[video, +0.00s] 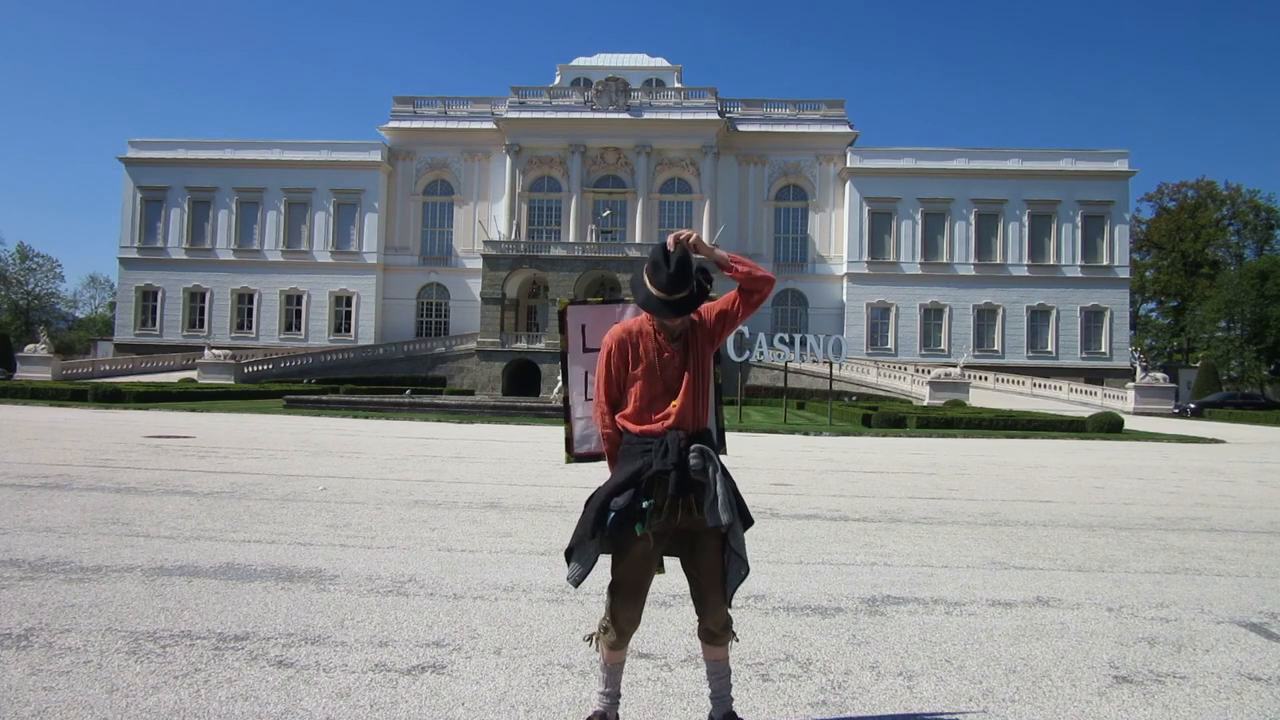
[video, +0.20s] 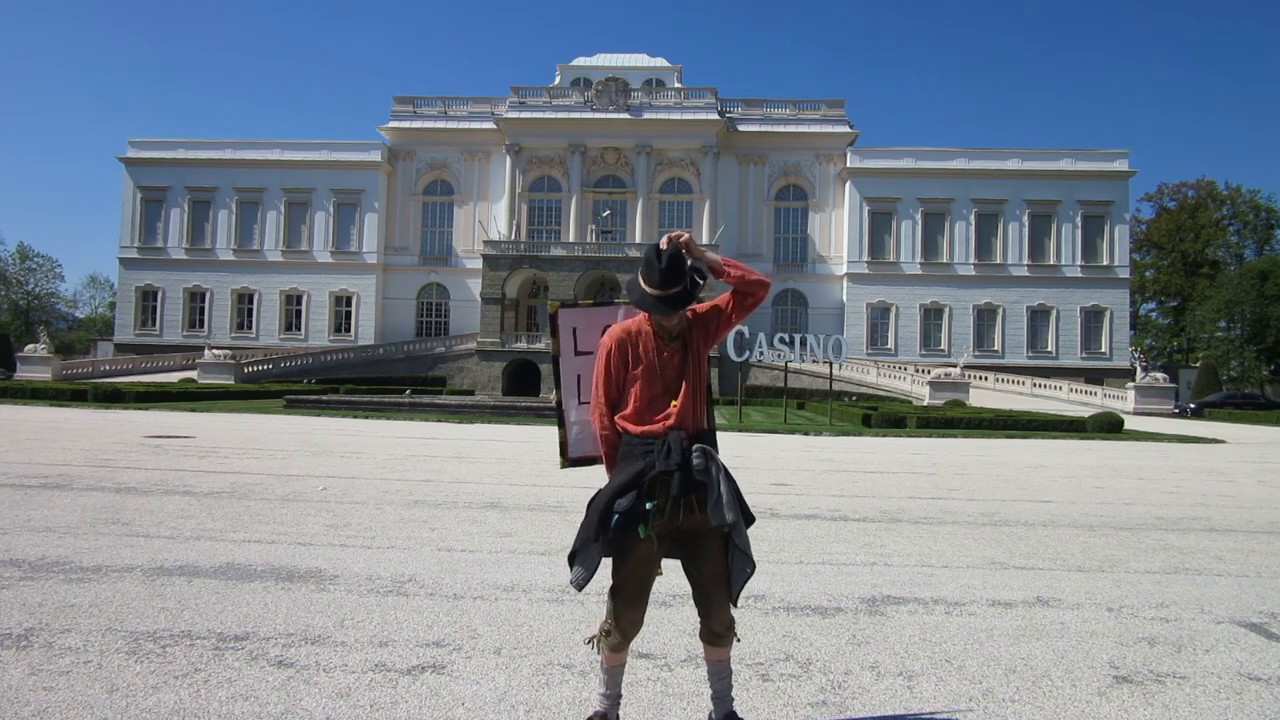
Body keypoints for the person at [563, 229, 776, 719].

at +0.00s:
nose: (673, 322)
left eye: (682, 313)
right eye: (665, 313)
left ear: (695, 300)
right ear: (648, 300)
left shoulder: (708, 326)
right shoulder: (621, 338)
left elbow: (761, 283)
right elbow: (605, 415)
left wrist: (709, 252)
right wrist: (623, 479)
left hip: (700, 481)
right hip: (639, 481)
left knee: (714, 605)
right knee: (624, 607)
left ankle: (722, 708)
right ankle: (607, 703)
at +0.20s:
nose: (672, 317)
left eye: (680, 307)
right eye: (663, 308)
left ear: (690, 297)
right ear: (646, 297)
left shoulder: (704, 325)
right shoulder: (620, 338)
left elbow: (756, 287)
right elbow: (602, 417)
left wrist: (703, 255)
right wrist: (622, 482)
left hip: (699, 477)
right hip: (639, 479)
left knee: (717, 602)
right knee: (626, 607)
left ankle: (722, 706)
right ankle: (608, 702)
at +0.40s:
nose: (668, 306)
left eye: (675, 296)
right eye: (658, 297)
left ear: (686, 294)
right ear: (642, 296)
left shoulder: (699, 329)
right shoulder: (615, 340)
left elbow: (755, 290)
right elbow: (599, 418)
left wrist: (701, 265)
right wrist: (618, 485)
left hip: (698, 482)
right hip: (636, 484)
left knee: (720, 606)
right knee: (624, 611)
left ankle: (724, 706)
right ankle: (609, 702)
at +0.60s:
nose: (662, 306)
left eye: (670, 296)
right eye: (652, 298)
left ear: (682, 296)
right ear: (637, 299)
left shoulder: (697, 334)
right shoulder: (612, 345)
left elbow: (755, 301)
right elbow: (596, 425)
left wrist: (705, 268)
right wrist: (615, 491)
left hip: (695, 486)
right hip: (634, 488)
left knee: (730, 607)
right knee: (622, 613)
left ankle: (726, 708)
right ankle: (609, 704)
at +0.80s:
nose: (665, 308)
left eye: (673, 298)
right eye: (654, 299)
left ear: (684, 297)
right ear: (638, 300)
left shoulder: (696, 337)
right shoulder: (613, 345)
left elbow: (755, 304)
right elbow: (594, 425)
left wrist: (707, 269)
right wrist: (613, 493)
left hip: (693, 484)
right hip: (633, 488)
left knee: (733, 604)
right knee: (623, 613)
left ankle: (727, 706)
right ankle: (609, 705)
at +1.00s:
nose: (670, 303)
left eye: (678, 293)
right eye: (660, 294)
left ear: (689, 294)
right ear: (644, 297)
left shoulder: (701, 336)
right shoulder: (617, 346)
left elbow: (765, 317)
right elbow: (592, 428)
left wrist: (722, 268)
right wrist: (597, 501)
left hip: (690, 486)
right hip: (632, 489)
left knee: (750, 592)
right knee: (623, 613)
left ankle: (738, 699)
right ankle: (608, 705)